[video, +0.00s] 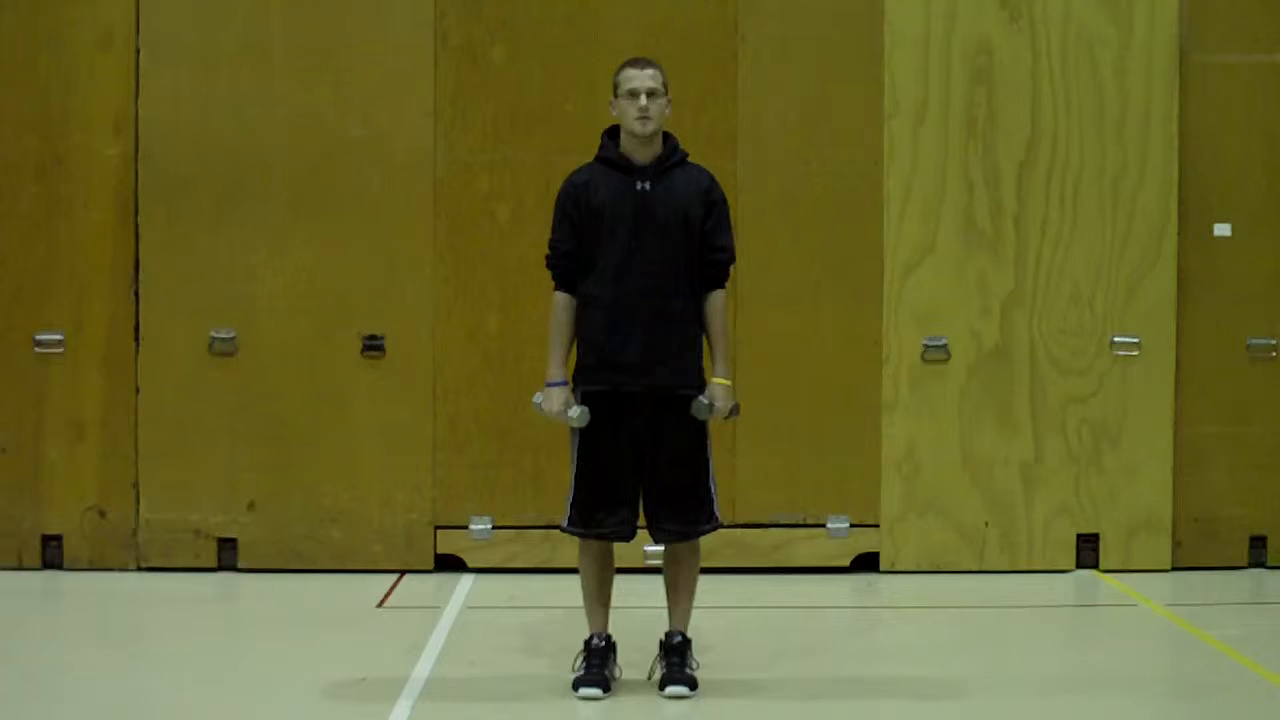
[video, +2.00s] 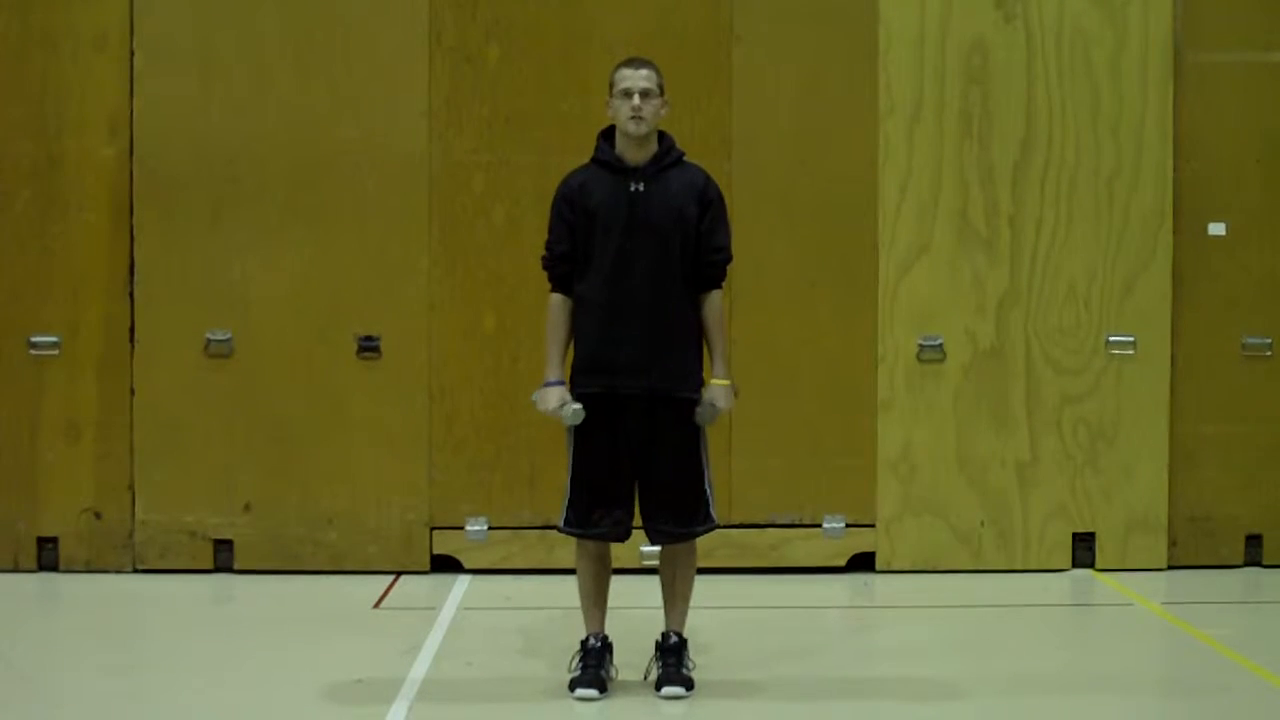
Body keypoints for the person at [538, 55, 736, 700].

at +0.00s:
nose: (645, 105)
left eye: (654, 95)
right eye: (633, 96)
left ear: (669, 106)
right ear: (614, 106)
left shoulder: (699, 186)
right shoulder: (583, 187)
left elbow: (714, 287)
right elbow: (565, 289)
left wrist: (722, 374)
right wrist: (556, 378)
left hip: (677, 383)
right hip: (601, 383)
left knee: (681, 522)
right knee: (596, 521)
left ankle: (677, 646)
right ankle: (597, 646)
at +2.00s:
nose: (637, 104)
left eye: (647, 94)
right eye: (626, 95)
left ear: (664, 106)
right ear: (609, 106)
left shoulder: (696, 187)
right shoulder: (578, 188)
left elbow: (711, 287)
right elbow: (561, 290)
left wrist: (720, 373)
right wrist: (553, 377)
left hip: (674, 384)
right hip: (597, 383)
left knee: (678, 523)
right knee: (594, 521)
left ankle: (674, 647)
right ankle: (594, 647)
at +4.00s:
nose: (639, 108)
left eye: (649, 98)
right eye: (628, 98)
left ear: (664, 109)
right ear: (609, 108)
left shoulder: (694, 188)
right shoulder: (577, 190)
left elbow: (710, 289)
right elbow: (560, 293)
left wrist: (719, 374)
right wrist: (554, 381)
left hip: (674, 385)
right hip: (598, 385)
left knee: (678, 524)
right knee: (593, 523)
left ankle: (673, 648)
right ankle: (594, 648)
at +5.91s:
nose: (647, 107)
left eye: (657, 97)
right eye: (636, 97)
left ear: (672, 107)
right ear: (617, 107)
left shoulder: (702, 188)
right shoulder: (586, 188)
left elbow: (716, 289)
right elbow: (568, 290)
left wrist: (723, 374)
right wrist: (564, 379)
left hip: (679, 384)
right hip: (603, 384)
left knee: (682, 523)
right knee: (596, 521)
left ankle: (675, 646)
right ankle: (595, 646)